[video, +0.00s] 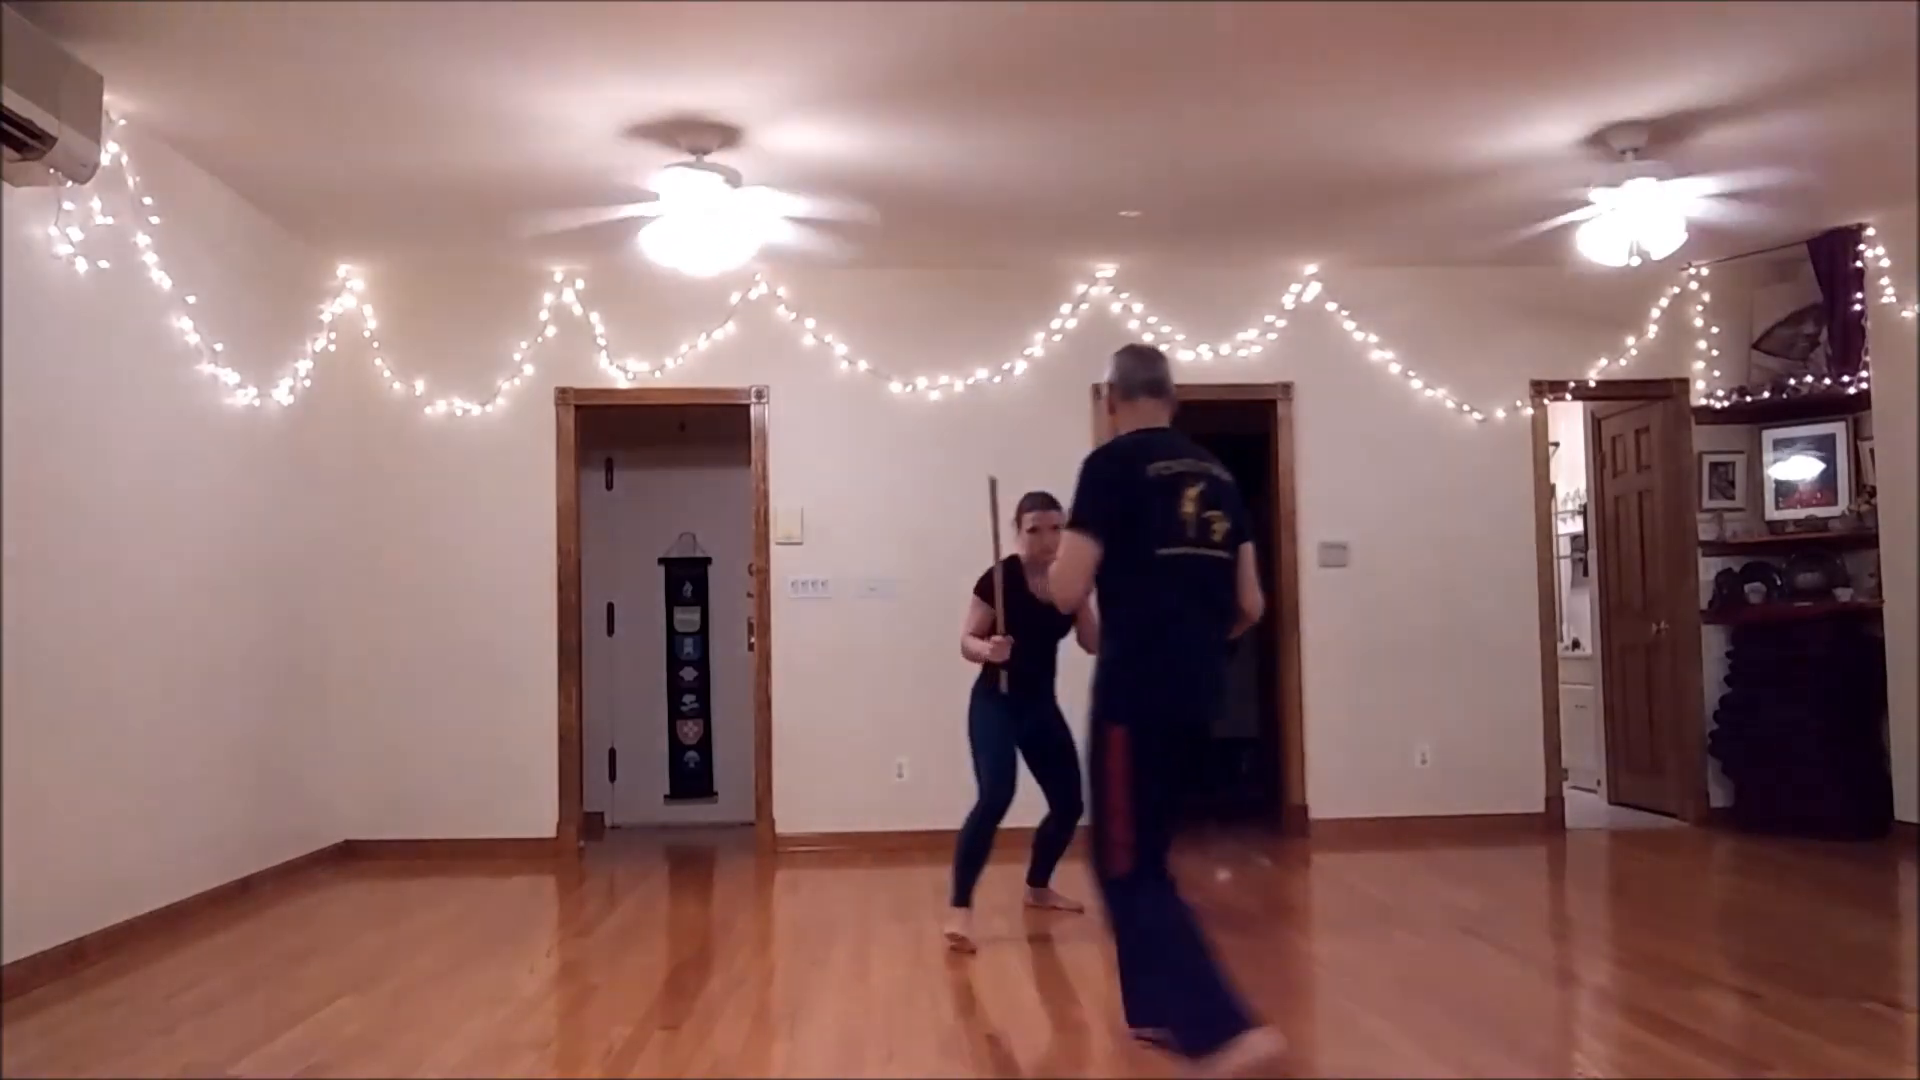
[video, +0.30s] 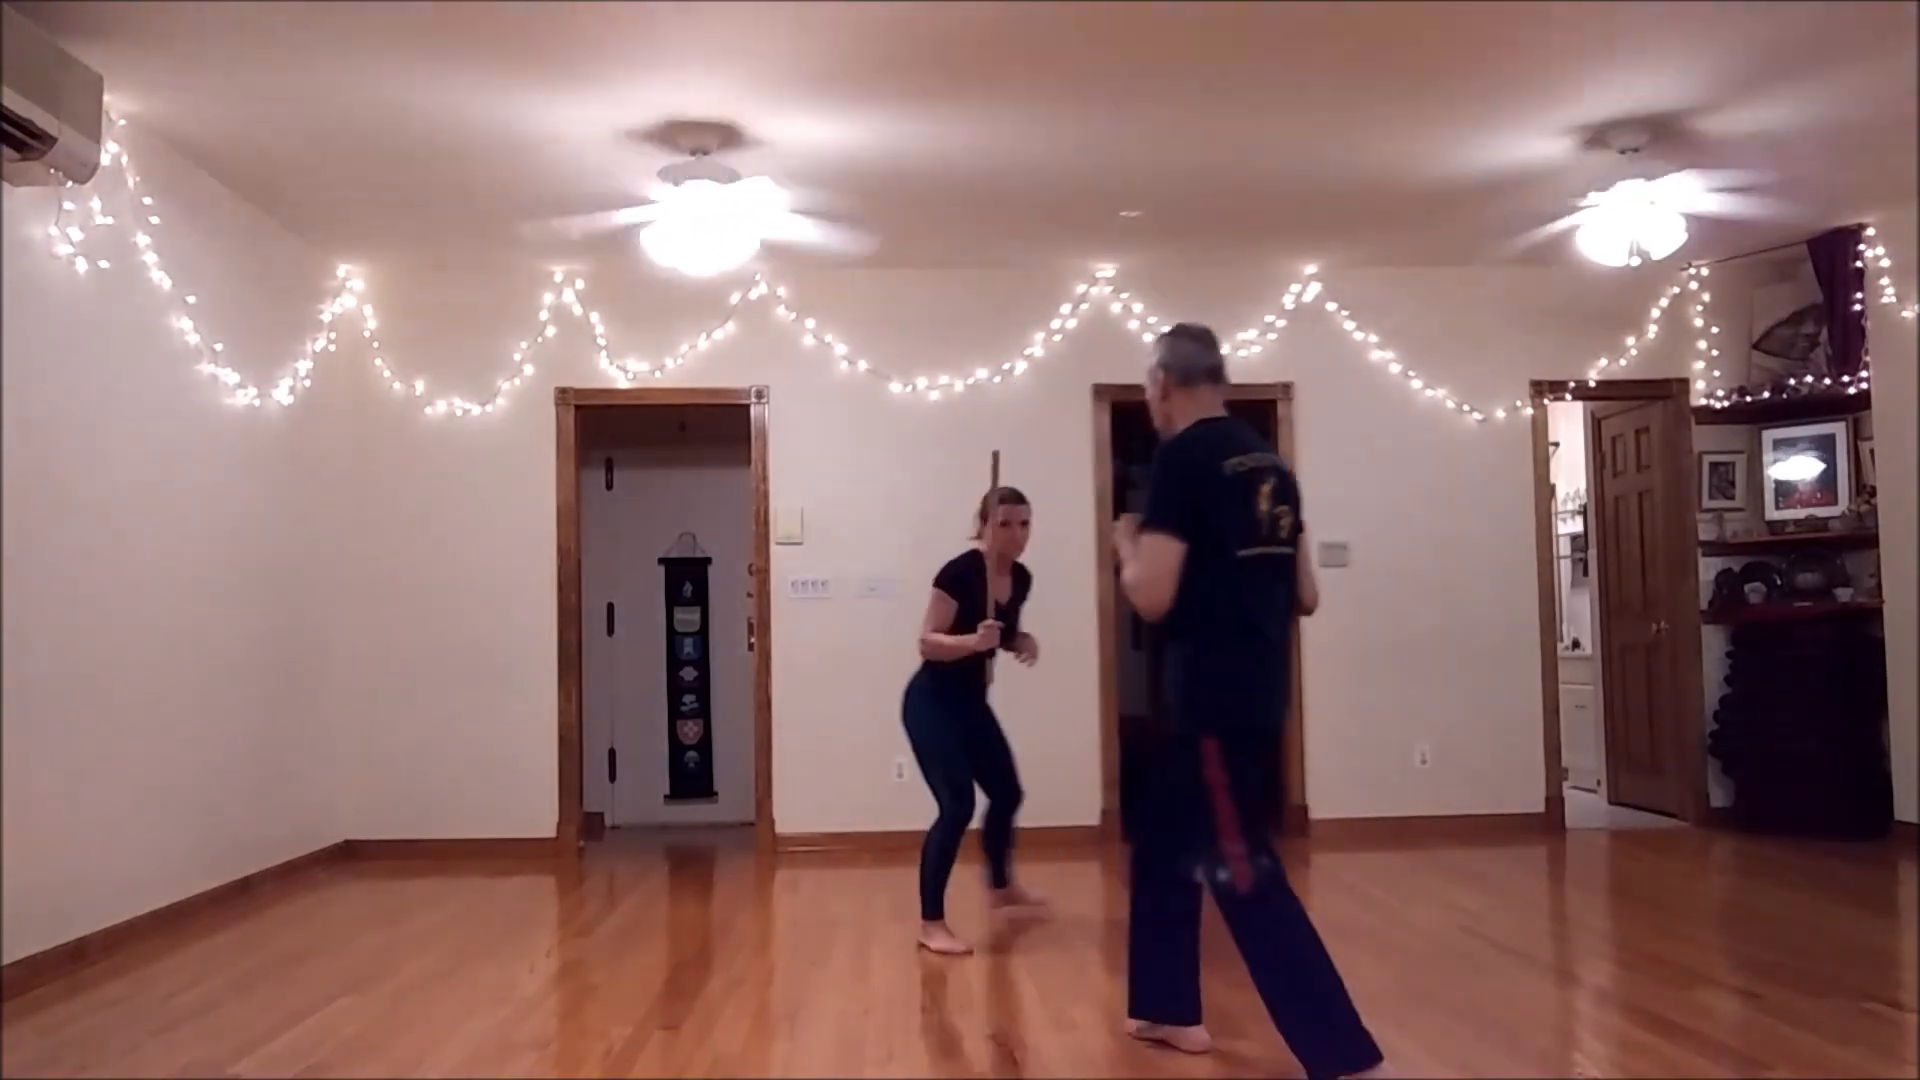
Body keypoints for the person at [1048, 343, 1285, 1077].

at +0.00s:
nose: (1105, 412)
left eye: (1105, 401)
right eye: (1111, 401)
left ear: (1112, 399)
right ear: (1172, 396)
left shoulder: (1111, 463)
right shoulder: (1216, 470)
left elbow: (1065, 588)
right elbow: (1249, 603)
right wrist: (1195, 639)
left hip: (1133, 679)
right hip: (1197, 679)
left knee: (1127, 861)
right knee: (1141, 850)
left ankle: (1226, 1031)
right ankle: (1157, 1012)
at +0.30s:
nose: (1148, 403)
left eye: (1148, 390)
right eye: (1150, 390)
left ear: (1161, 384)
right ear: (1222, 380)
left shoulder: (1182, 458)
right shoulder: (1266, 458)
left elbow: (1151, 596)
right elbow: (1303, 594)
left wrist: (1127, 545)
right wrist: (1214, 569)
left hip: (1203, 693)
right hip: (1252, 687)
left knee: (1238, 862)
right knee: (1165, 844)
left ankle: (1347, 1057)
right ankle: (1169, 1010)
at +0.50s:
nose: (1178, 390)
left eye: (1180, 375)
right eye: (1180, 375)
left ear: (1199, 370)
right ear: (1257, 368)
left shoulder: (1227, 450)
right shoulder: (1305, 443)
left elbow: (1210, 590)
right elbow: (1333, 586)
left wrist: (1165, 549)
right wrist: (1239, 557)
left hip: (1238, 688)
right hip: (1285, 682)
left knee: (1263, 877)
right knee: (1199, 839)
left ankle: (1350, 1063)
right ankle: (1185, 1005)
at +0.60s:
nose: (1196, 387)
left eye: (1197, 371)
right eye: (1195, 372)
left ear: (1213, 365)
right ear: (1273, 362)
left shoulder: (1248, 446)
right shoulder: (1317, 440)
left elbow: (1230, 586)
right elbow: (1346, 582)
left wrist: (1179, 541)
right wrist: (1250, 551)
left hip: (1253, 689)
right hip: (1292, 681)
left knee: (1270, 878)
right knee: (1212, 835)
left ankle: (1351, 1065)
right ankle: (1204, 1004)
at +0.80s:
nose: (1208, 388)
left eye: (1210, 372)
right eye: (1207, 373)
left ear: (1233, 365)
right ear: (1277, 364)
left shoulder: (1283, 440)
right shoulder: (1320, 437)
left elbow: (1252, 582)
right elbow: (1361, 579)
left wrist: (1194, 515)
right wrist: (1265, 560)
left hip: (1280, 696)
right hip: (1288, 688)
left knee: (1272, 881)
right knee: (1239, 850)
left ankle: (1352, 1065)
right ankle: (1267, 1009)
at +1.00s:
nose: (1210, 401)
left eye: (1212, 385)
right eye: (1209, 387)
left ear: (1239, 376)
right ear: (1274, 374)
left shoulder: (1293, 445)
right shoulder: (1313, 441)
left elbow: (1246, 580)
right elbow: (1280, 572)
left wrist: (1198, 506)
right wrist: (1218, 509)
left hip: (1305, 691)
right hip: (1299, 685)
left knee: (1284, 874)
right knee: (1252, 855)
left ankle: (1352, 1063)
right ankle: (1279, 1014)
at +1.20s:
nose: (1207, 409)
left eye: (1209, 392)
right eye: (1206, 394)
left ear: (1236, 386)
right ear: (1272, 383)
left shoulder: (1295, 447)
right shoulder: (1301, 448)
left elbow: (1270, 579)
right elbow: (1279, 569)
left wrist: (1206, 527)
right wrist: (1222, 535)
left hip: (1327, 688)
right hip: (1300, 685)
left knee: (1311, 873)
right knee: (1255, 848)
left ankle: (1357, 1065)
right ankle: (1279, 1012)